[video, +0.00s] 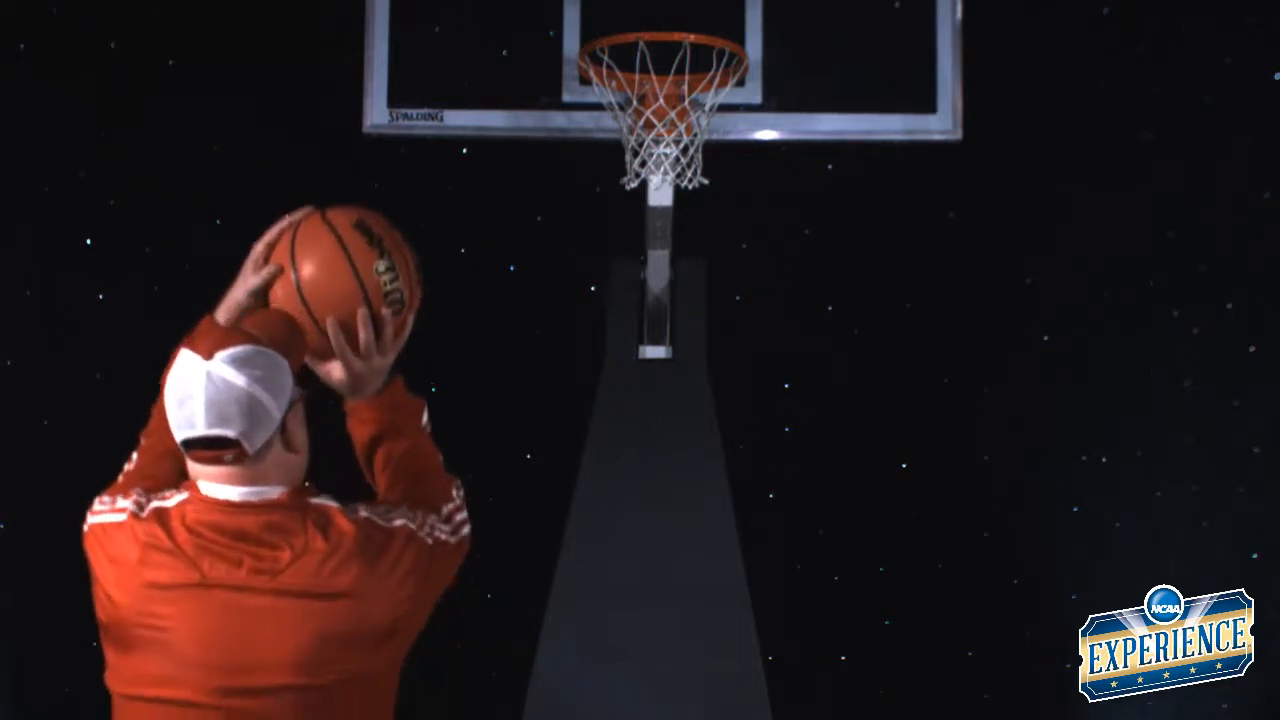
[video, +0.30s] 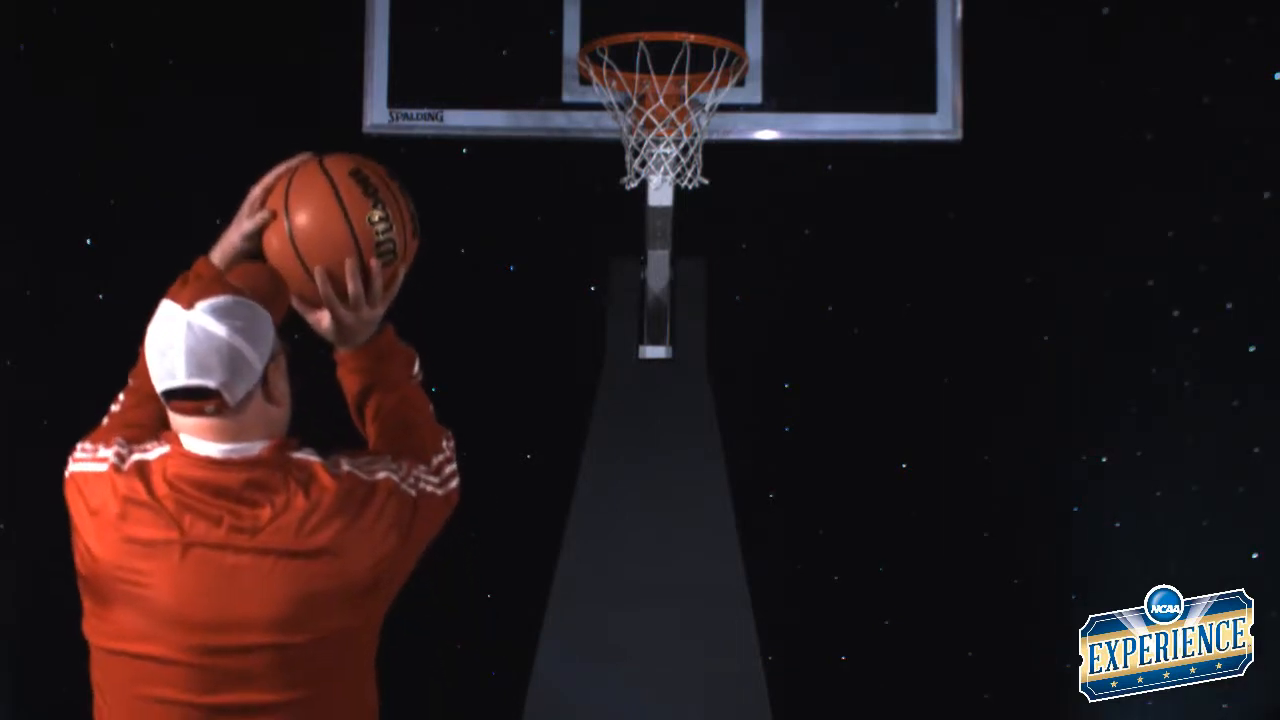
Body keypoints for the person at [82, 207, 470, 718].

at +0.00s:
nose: (303, 411)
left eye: (297, 401)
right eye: (298, 404)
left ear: (179, 429)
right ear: (290, 431)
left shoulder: (118, 549)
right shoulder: (375, 563)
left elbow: (163, 438)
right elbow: (441, 518)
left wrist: (218, 326)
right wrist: (377, 397)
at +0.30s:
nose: (284, 361)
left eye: (277, 351)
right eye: (278, 354)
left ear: (163, 387)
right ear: (270, 384)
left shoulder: (100, 501)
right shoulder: (351, 517)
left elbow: (150, 378)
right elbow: (431, 470)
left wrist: (215, 266)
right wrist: (368, 349)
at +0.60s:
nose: (268, 313)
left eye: (261, 303)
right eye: (260, 305)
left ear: (144, 332)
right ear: (251, 334)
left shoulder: (78, 443)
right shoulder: (329, 463)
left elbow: (136, 320)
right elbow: (420, 428)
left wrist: (209, 212)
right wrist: (357, 306)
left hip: (107, 709)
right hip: (296, 708)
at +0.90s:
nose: (250, 274)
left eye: (243, 265)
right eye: (242, 268)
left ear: (129, 299)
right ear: (233, 297)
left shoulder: (58, 402)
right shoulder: (309, 427)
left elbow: (121, 282)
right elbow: (411, 401)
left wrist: (198, 178)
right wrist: (347, 277)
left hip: (93, 707)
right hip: (278, 706)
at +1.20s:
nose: (230, 244)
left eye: (224, 233)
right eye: (224, 235)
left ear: (113, 267)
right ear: (209, 263)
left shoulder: (37, 376)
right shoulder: (284, 402)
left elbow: (111, 255)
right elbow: (395, 378)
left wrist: (197, 151)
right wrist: (333, 253)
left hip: (76, 704)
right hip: (257, 704)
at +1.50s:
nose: (212, 225)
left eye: (206, 213)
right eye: (205, 217)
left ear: (90, 239)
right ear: (191, 242)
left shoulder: (14, 351)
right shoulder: (260, 378)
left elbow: (90, 242)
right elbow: (380, 362)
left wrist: (183, 133)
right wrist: (320, 236)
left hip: (60, 703)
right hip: (243, 703)